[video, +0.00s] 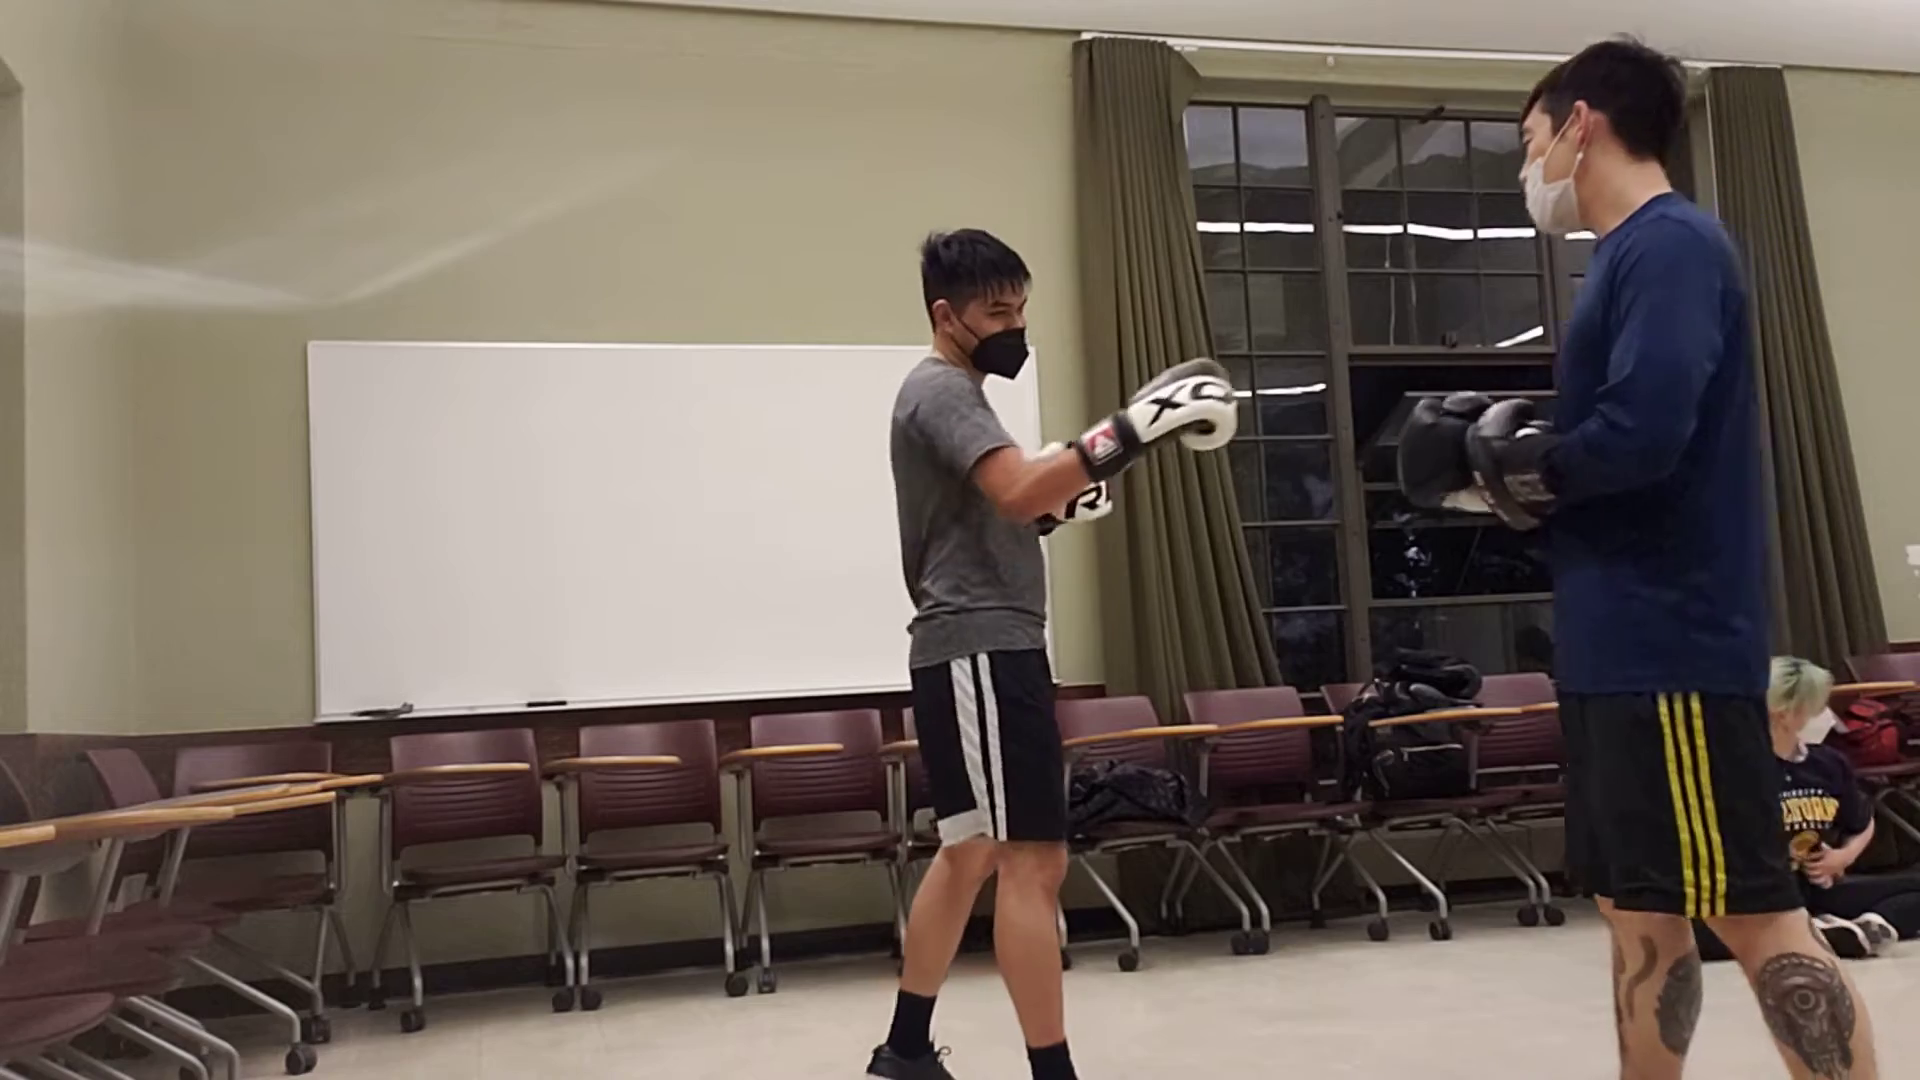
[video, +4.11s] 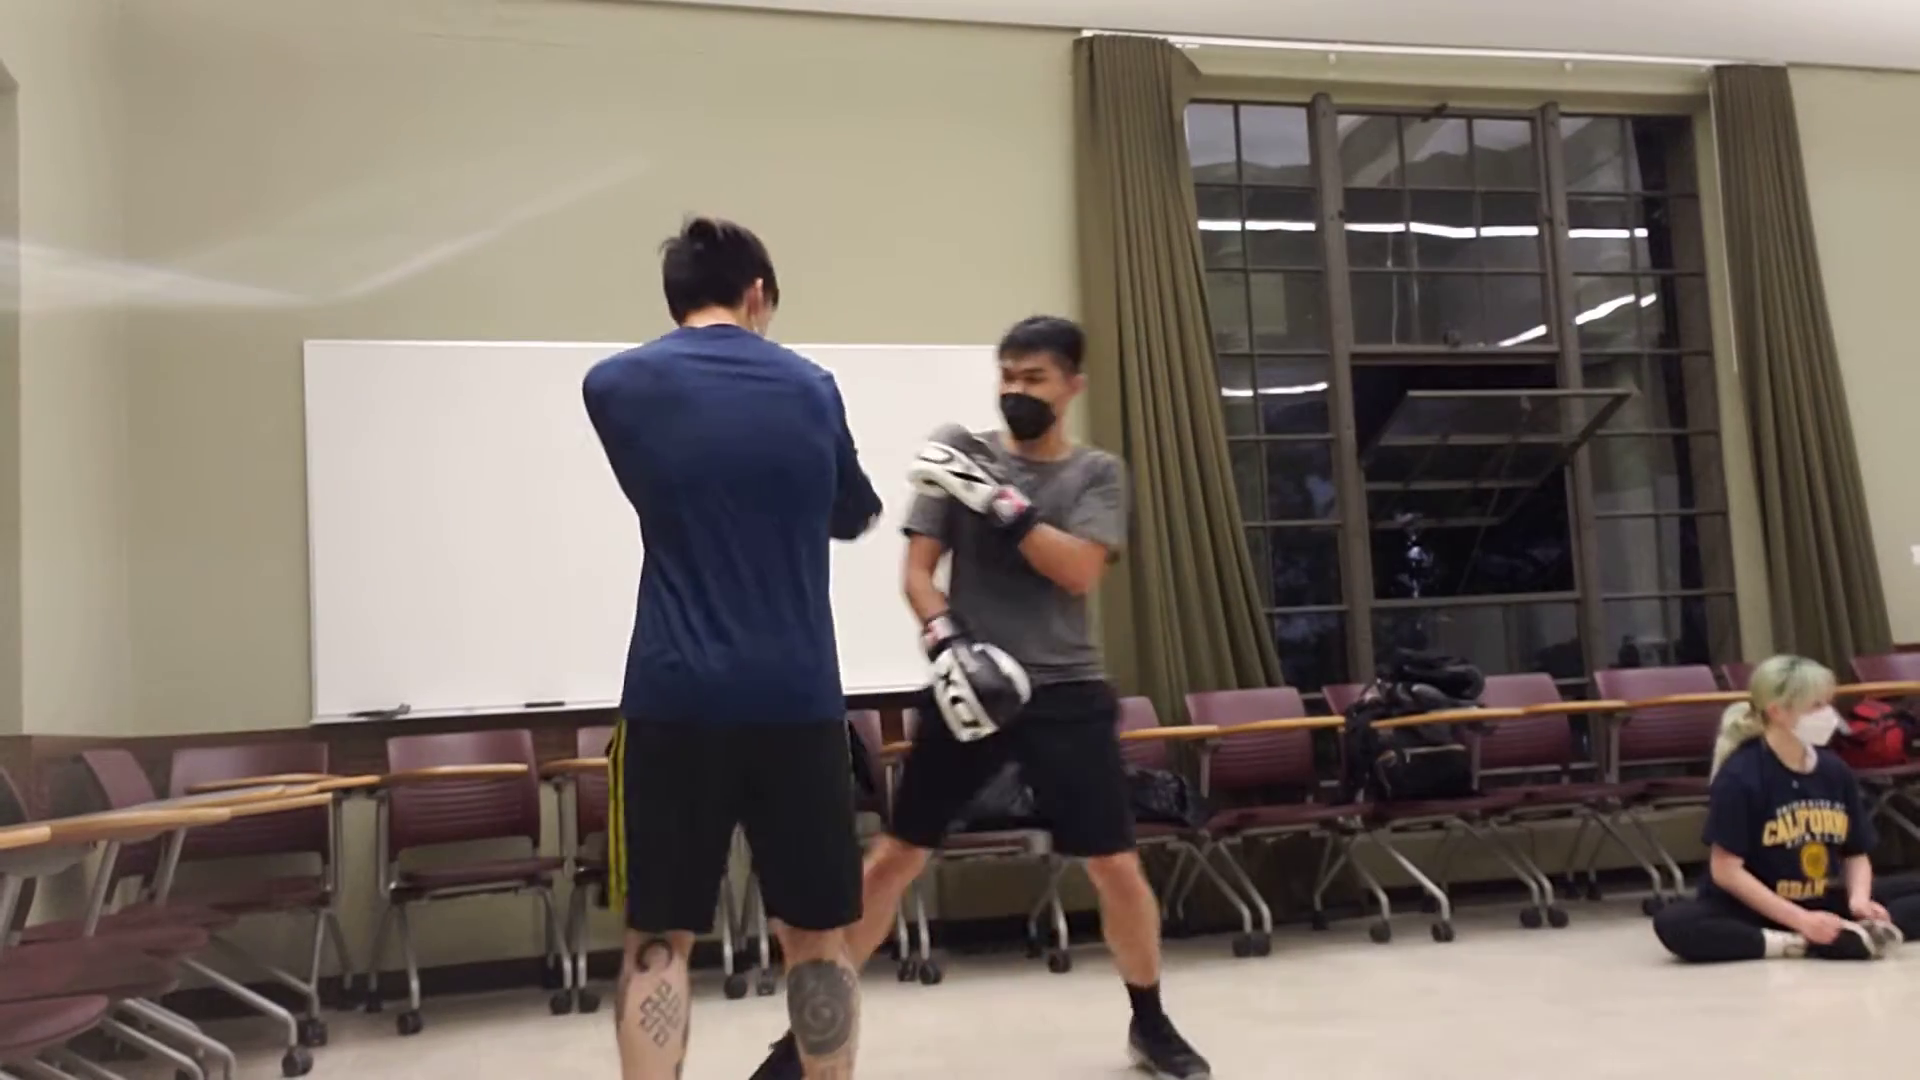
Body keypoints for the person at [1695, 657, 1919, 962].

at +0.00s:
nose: (1820, 720)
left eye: (1818, 712)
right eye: (1813, 712)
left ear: (1787, 714)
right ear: (1783, 714)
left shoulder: (1829, 763)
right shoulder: (1747, 766)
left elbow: (1865, 825)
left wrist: (1842, 858)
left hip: (1824, 892)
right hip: (1769, 895)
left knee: (1914, 887)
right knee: (1697, 935)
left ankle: (1866, 929)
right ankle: (1810, 935)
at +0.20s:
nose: (1822, 716)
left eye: (1821, 707)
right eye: (1814, 709)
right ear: (1784, 713)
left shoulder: (1829, 765)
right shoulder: (1734, 761)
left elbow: (1858, 834)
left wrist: (1854, 862)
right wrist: (1731, 856)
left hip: (1835, 898)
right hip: (1773, 901)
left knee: (1914, 891)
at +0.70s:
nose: (1828, 720)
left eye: (1827, 710)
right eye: (1819, 712)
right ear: (1786, 716)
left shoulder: (1833, 760)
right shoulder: (1733, 765)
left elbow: (1851, 799)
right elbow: (1660, 808)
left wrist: (1851, 834)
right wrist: (1699, 856)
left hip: (1819, 898)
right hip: (1746, 902)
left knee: (1916, 888)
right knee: (1668, 925)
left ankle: (1860, 929)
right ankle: (1789, 942)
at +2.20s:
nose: (1830, 722)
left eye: (1829, 713)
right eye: (1821, 715)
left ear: (1796, 720)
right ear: (1788, 719)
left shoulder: (1826, 762)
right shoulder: (1734, 769)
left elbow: (1851, 813)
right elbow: (1662, 826)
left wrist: (1846, 852)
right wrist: (1733, 874)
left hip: (1817, 899)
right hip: (1747, 908)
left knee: (1916, 888)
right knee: (1671, 922)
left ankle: (1854, 930)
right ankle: (1797, 944)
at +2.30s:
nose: (1823, 715)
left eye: (1822, 706)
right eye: (1815, 707)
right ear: (1784, 714)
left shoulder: (1825, 764)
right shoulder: (1735, 769)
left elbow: (1856, 829)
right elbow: (1675, 843)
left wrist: (1852, 861)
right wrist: (1759, 880)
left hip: (1824, 899)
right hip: (1747, 907)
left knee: (1915, 892)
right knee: (1670, 922)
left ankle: (1851, 930)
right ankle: (1794, 945)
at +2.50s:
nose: (1820, 712)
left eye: (1819, 703)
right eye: (1812, 703)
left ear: (1784, 708)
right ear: (1781, 708)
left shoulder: (1823, 766)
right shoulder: (1735, 769)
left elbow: (1852, 842)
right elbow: (1704, 862)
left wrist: (1856, 878)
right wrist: (1796, 890)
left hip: (1822, 898)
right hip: (1749, 905)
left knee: (1915, 897)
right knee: (1670, 922)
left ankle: (1850, 930)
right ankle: (1792, 945)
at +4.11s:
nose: (1830, 716)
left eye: (1829, 705)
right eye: (1817, 707)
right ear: (1777, 712)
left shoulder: (1836, 772)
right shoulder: (1740, 775)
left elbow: (1857, 852)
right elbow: (1724, 870)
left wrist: (1859, 899)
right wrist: (1801, 920)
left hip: (1828, 903)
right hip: (1755, 908)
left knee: (1916, 899)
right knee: (1672, 922)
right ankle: (1792, 944)